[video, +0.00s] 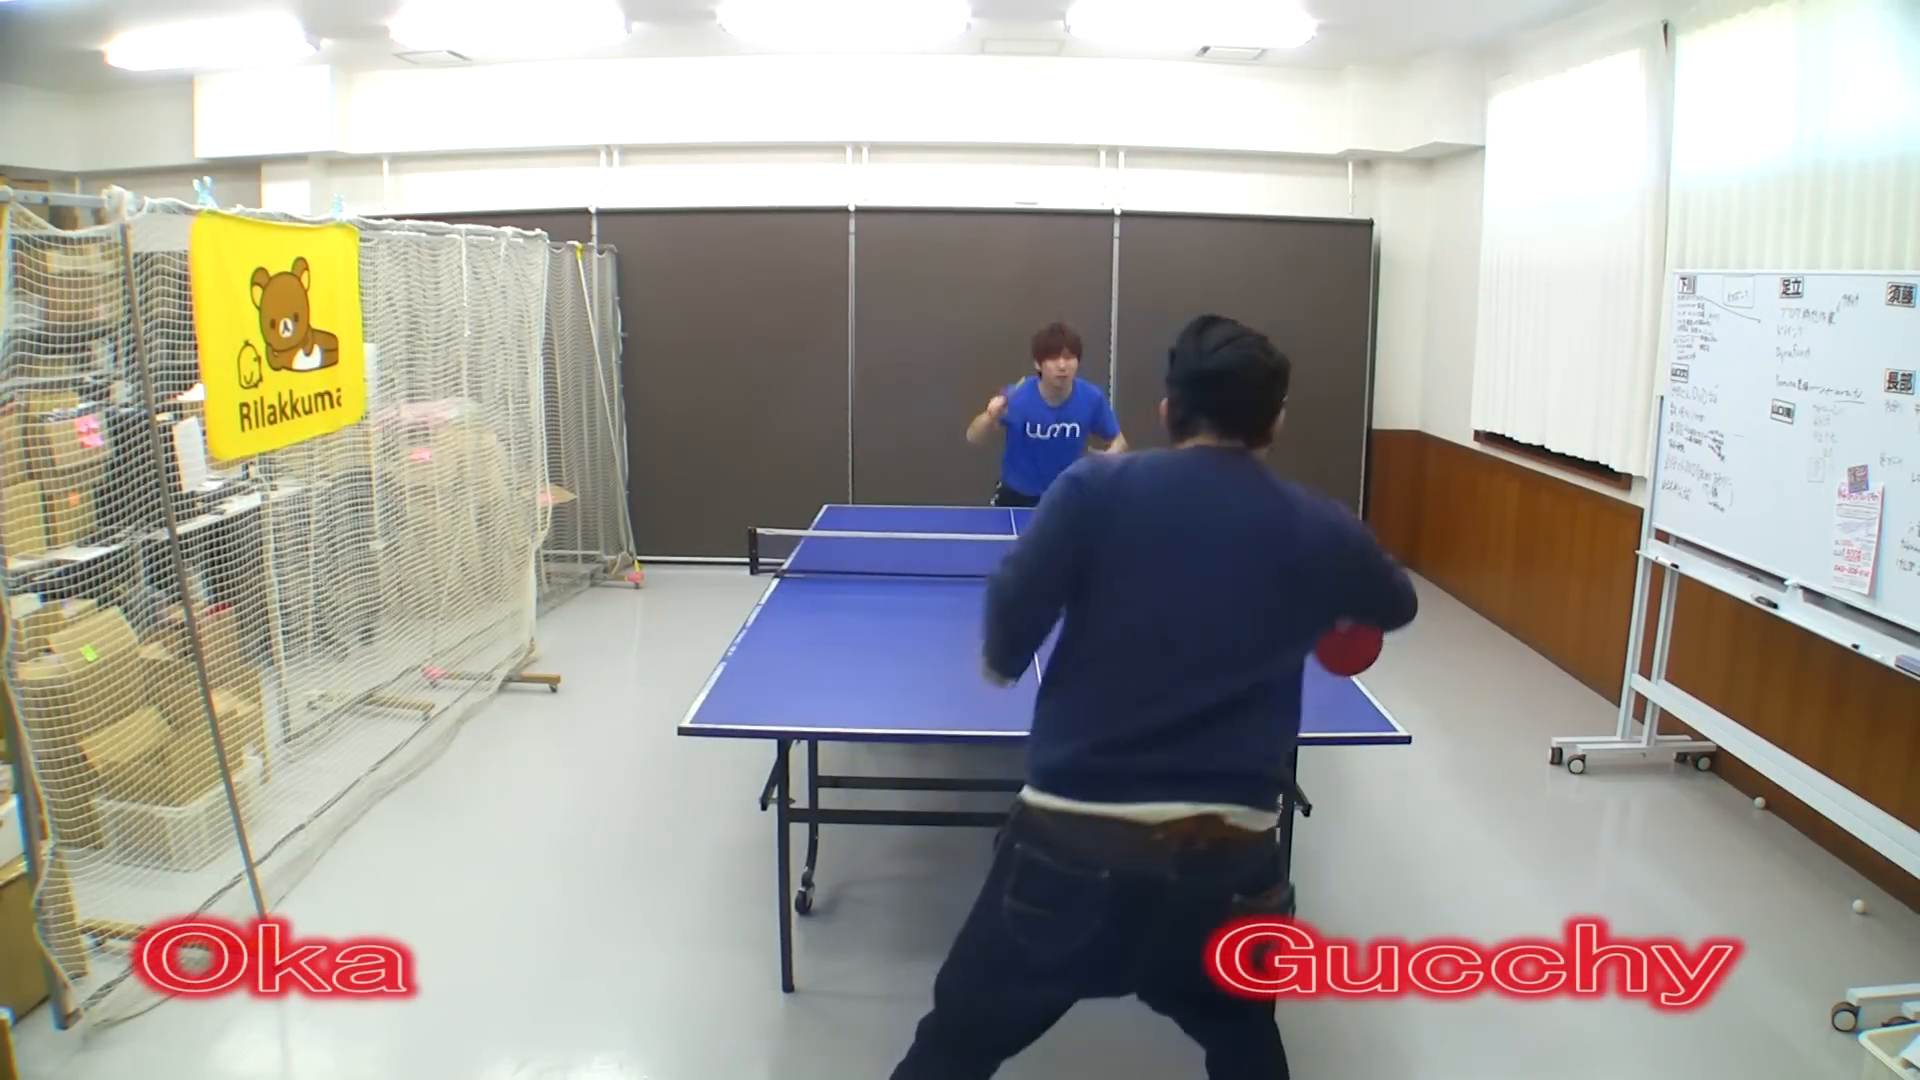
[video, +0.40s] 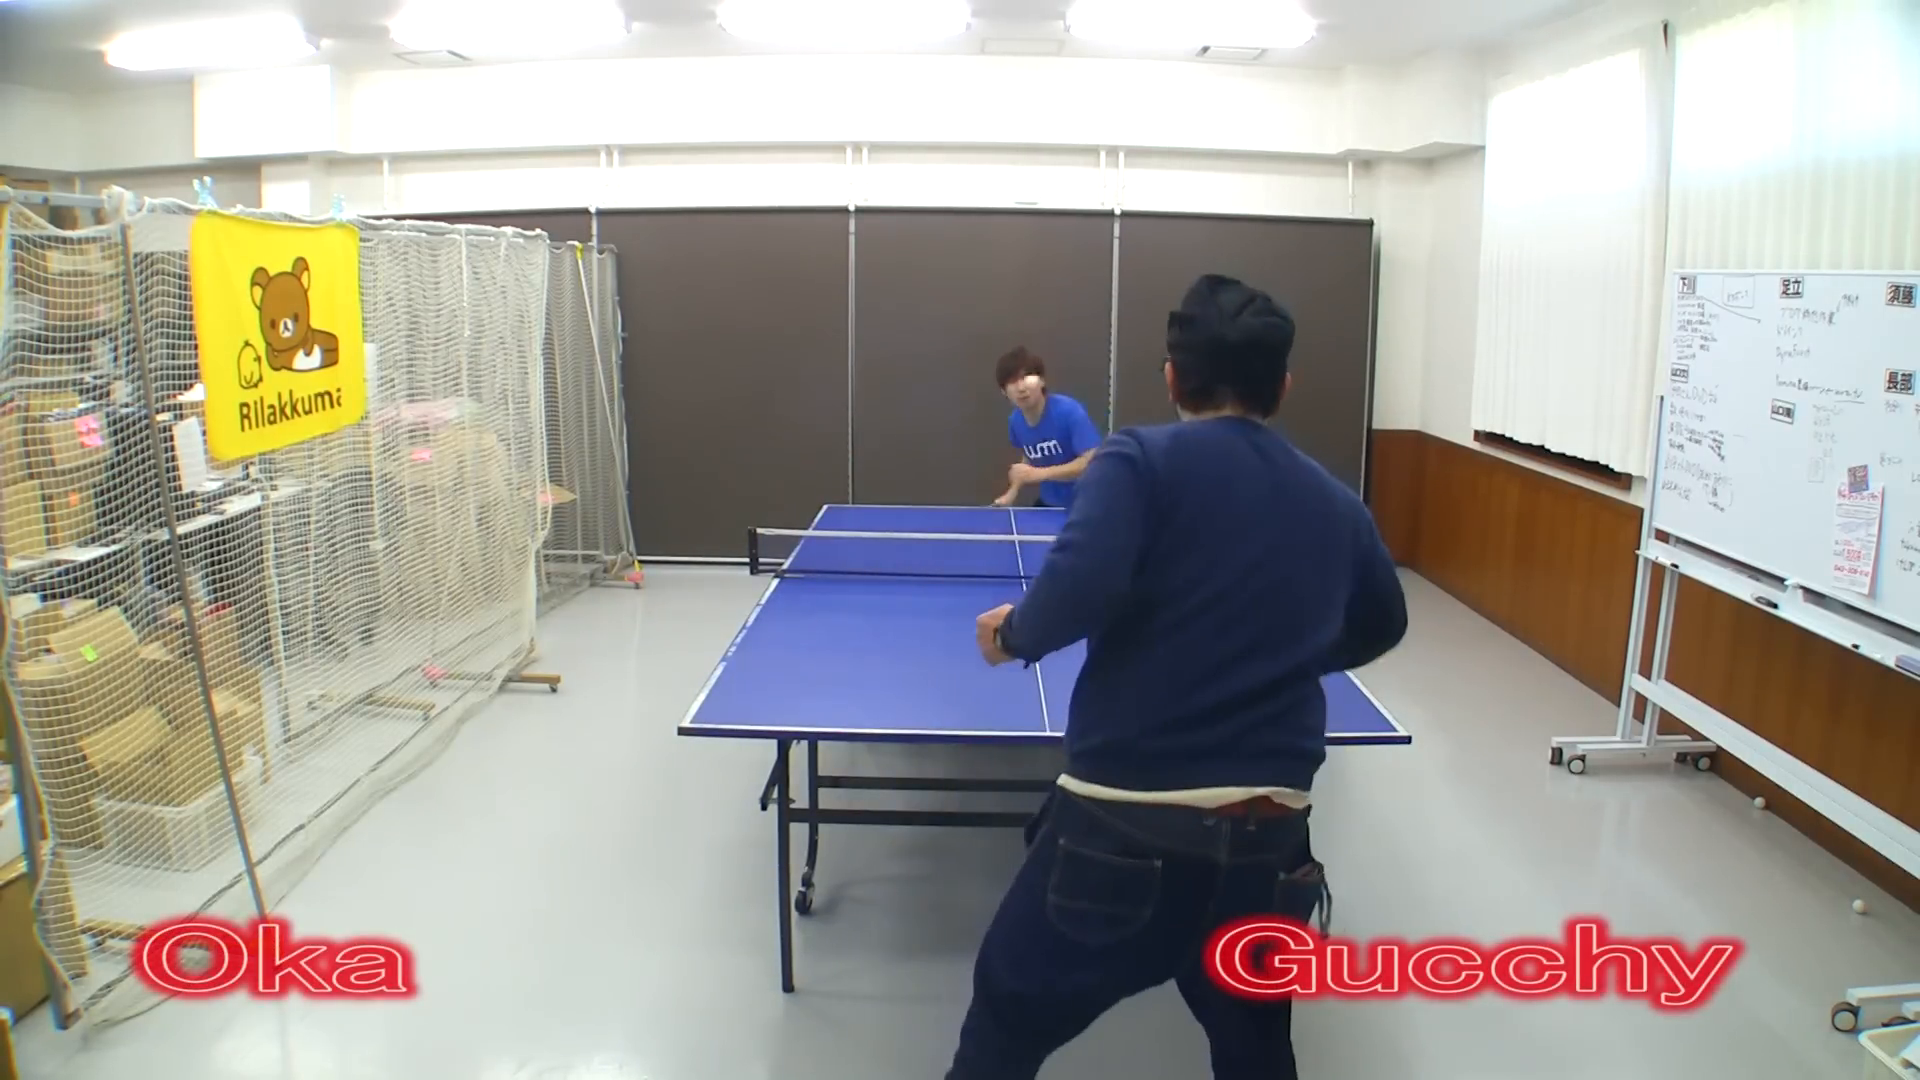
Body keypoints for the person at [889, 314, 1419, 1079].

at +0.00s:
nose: (1158, 404)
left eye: (1162, 394)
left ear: (1170, 406)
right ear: (1273, 422)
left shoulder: (1096, 488)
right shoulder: (1312, 526)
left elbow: (1010, 625)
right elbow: (1397, 603)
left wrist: (1007, 658)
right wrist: (1314, 579)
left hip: (1069, 863)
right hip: (1225, 875)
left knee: (956, 1046)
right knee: (1247, 1048)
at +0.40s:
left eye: (1167, 362)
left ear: (1172, 376)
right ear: (1283, 383)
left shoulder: (1137, 459)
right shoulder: (1335, 500)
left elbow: (1089, 580)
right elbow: (1382, 622)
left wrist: (1012, 630)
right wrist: (1284, 655)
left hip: (1121, 845)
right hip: (1268, 852)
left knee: (1003, 1033)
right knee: (1258, 1052)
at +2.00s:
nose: (1486, 364)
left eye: (1489, 350)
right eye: (1491, 345)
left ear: (1499, 363)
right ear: (1601, 383)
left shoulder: (1441, 458)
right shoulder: (1650, 526)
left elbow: (1305, 572)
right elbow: (1701, 705)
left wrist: (1152, 641)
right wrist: (1646, 809)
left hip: (1380, 847)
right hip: (1528, 868)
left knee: (1240, 1053)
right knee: (1487, 1063)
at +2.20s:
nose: (1477, 351)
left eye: (1480, 338)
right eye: (1483, 336)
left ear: (1489, 353)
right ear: (1588, 377)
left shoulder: (1435, 452)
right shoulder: (1640, 521)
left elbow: (1353, 610)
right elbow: (1648, 703)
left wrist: (1247, 747)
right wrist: (1552, 753)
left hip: (1373, 845)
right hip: (1521, 863)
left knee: (1227, 1055)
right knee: (1490, 1069)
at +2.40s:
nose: (1407, 354)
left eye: (1410, 340)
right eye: (1415, 338)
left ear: (1418, 359)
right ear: (1518, 371)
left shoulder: (1386, 470)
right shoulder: (1577, 515)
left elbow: (1347, 653)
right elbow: (1579, 687)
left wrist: (1261, 800)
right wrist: (1468, 715)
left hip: (1347, 869)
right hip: (1484, 876)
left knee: (1205, 1067)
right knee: (1467, 1069)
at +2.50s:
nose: (1351, 363)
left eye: (1356, 349)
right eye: (1356, 347)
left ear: (1368, 366)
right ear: (1466, 374)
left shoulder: (1333, 484)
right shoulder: (1523, 512)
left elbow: (1302, 658)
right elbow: (1538, 678)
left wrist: (1210, 789)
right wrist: (1422, 705)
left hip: (1317, 882)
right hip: (1458, 882)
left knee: (1180, 1068)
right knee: (1450, 1069)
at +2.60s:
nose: (1281, 381)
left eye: (1286, 367)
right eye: (1286, 365)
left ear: (1295, 383)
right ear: (1395, 386)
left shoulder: (1265, 514)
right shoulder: (1462, 527)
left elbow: (1217, 689)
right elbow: (1480, 683)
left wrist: (1123, 799)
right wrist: (1363, 701)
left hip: (1274, 899)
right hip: (1415, 894)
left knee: (1127, 1068)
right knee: (1419, 1069)